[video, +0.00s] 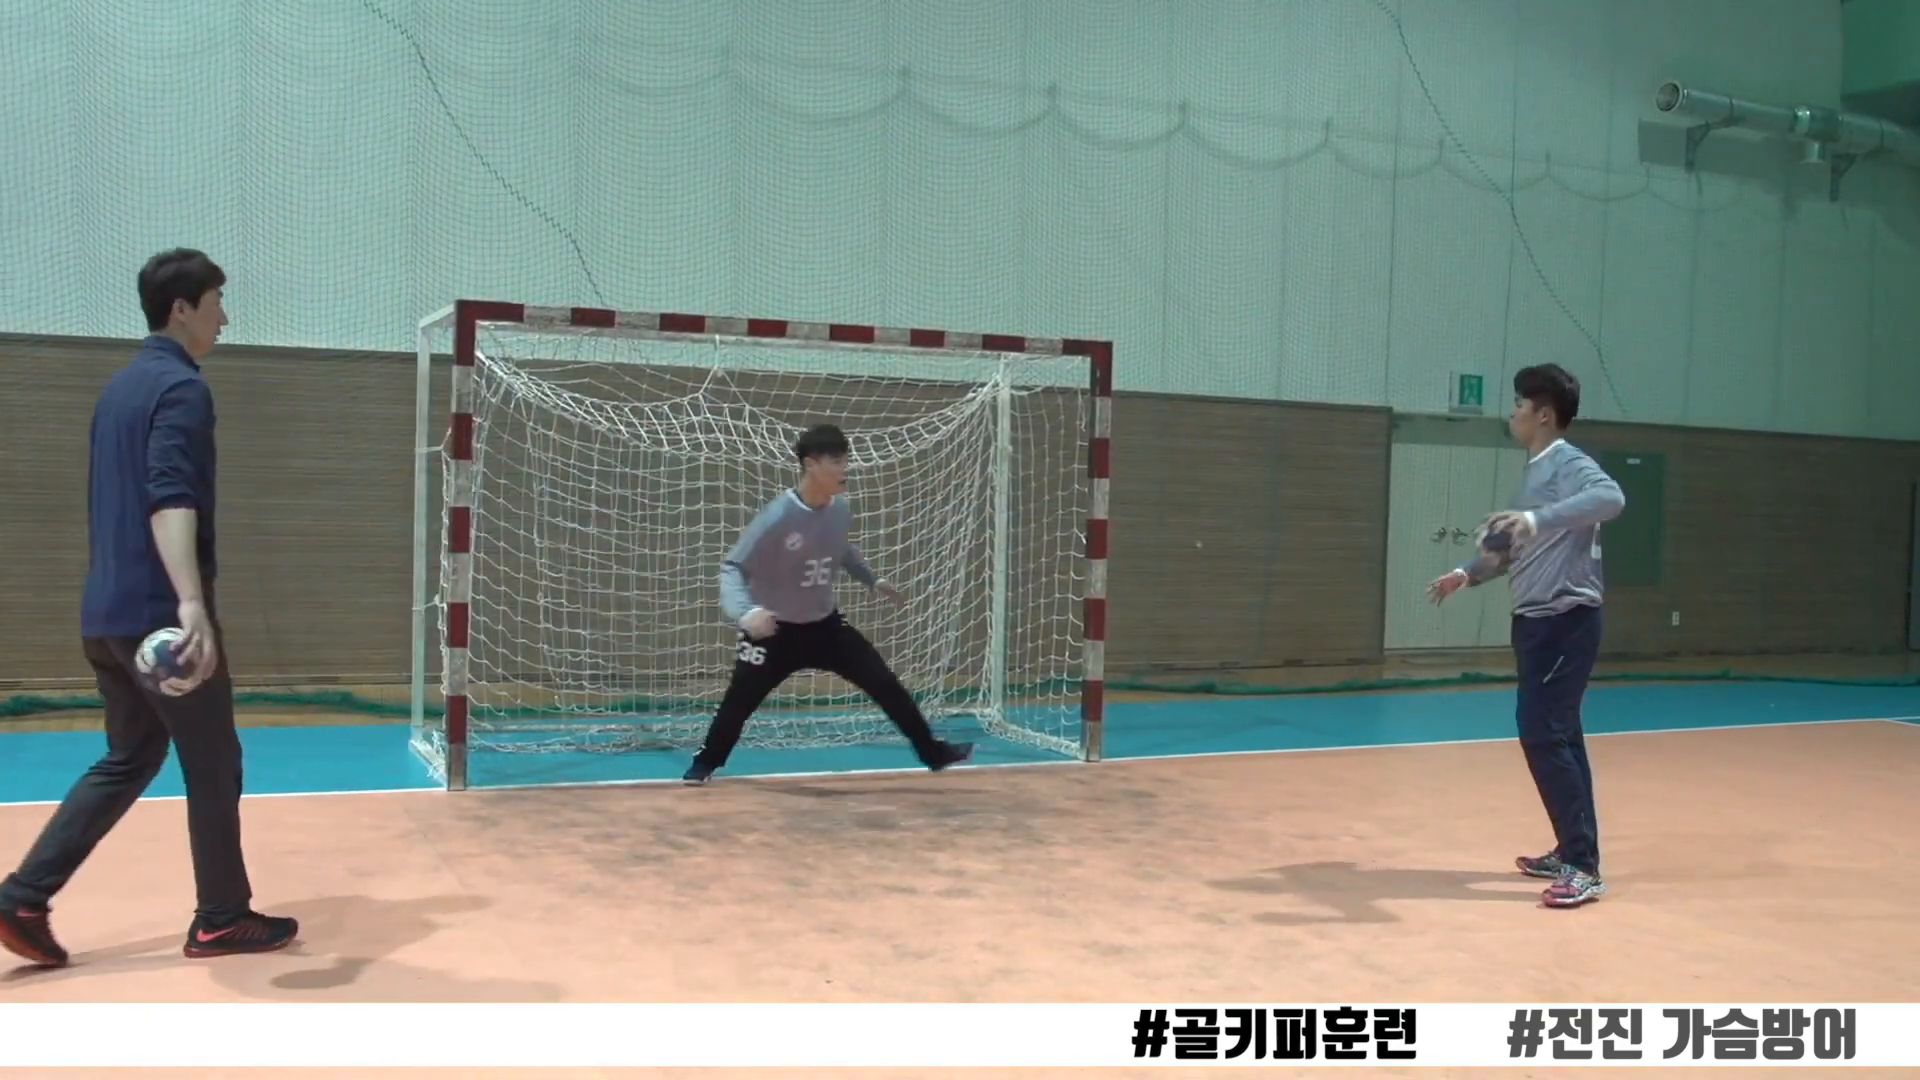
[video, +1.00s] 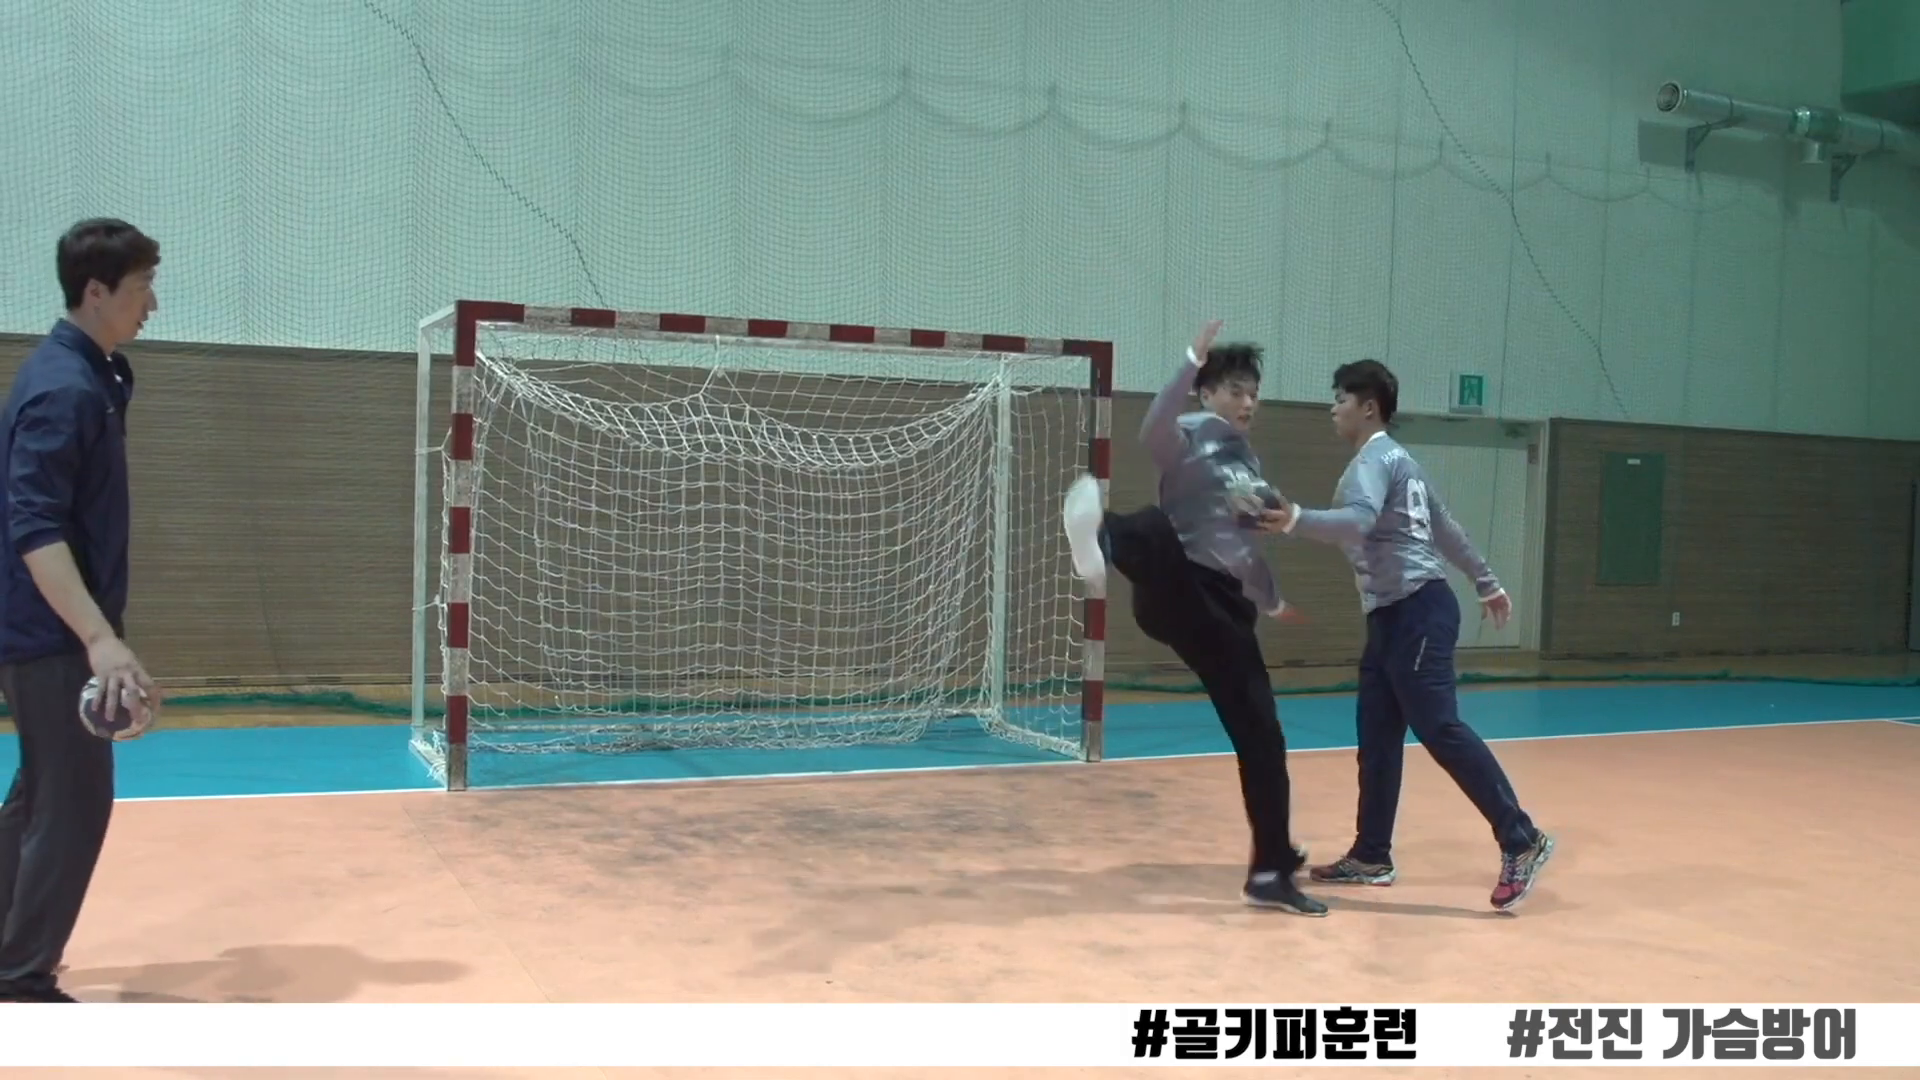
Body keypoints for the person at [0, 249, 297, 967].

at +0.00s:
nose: (224, 314)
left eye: (221, 300)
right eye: (217, 301)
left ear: (168, 311)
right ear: (182, 310)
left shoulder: (118, 390)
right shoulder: (181, 388)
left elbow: (108, 510)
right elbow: (170, 504)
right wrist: (193, 605)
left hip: (109, 619)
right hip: (164, 618)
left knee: (132, 756)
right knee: (214, 761)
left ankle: (24, 897)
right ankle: (223, 916)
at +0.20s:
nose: (186, 322)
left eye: (184, 309)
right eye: (178, 309)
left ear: (130, 318)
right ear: (142, 317)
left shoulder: (91, 385)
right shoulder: (122, 388)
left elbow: (69, 505)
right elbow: (91, 503)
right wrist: (117, 608)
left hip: (36, 622)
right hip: (85, 621)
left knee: (40, 776)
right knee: (164, 764)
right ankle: (208, 912)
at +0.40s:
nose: (159, 311)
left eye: (158, 297)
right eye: (152, 298)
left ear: (101, 303)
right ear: (112, 302)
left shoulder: (60, 370)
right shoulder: (89, 376)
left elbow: (33, 499)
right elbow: (55, 498)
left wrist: (52, 607)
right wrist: (88, 609)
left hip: (18, 618)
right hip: (52, 617)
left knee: (22, 778)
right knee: (137, 766)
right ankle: (119, 946)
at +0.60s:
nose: (140, 302)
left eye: (139, 288)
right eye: (131, 289)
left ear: (81, 297)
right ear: (90, 295)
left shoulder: (40, 367)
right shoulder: (72, 379)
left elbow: (40, 515)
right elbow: (55, 517)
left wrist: (76, 622)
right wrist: (100, 621)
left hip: (22, 624)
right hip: (46, 626)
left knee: (25, 794)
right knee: (91, 785)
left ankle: (14, 957)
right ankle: (26, 964)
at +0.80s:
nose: (142, 299)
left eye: (141, 284)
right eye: (132, 285)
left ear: (85, 291)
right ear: (87, 290)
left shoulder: (71, 371)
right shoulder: (60, 384)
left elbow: (57, 524)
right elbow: (45, 525)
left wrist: (99, 634)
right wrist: (115, 627)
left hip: (47, 630)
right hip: (46, 633)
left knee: (32, 790)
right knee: (72, 796)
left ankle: (12, 952)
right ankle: (21, 970)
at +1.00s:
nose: (153, 301)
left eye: (152, 286)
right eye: (145, 287)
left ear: (99, 293)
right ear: (99, 292)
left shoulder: (81, 376)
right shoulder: (61, 388)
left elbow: (64, 526)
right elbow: (35, 531)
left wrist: (98, 635)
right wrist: (101, 639)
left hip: (51, 639)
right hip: (49, 643)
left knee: (42, 794)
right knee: (77, 804)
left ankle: (5, 953)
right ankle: (23, 974)